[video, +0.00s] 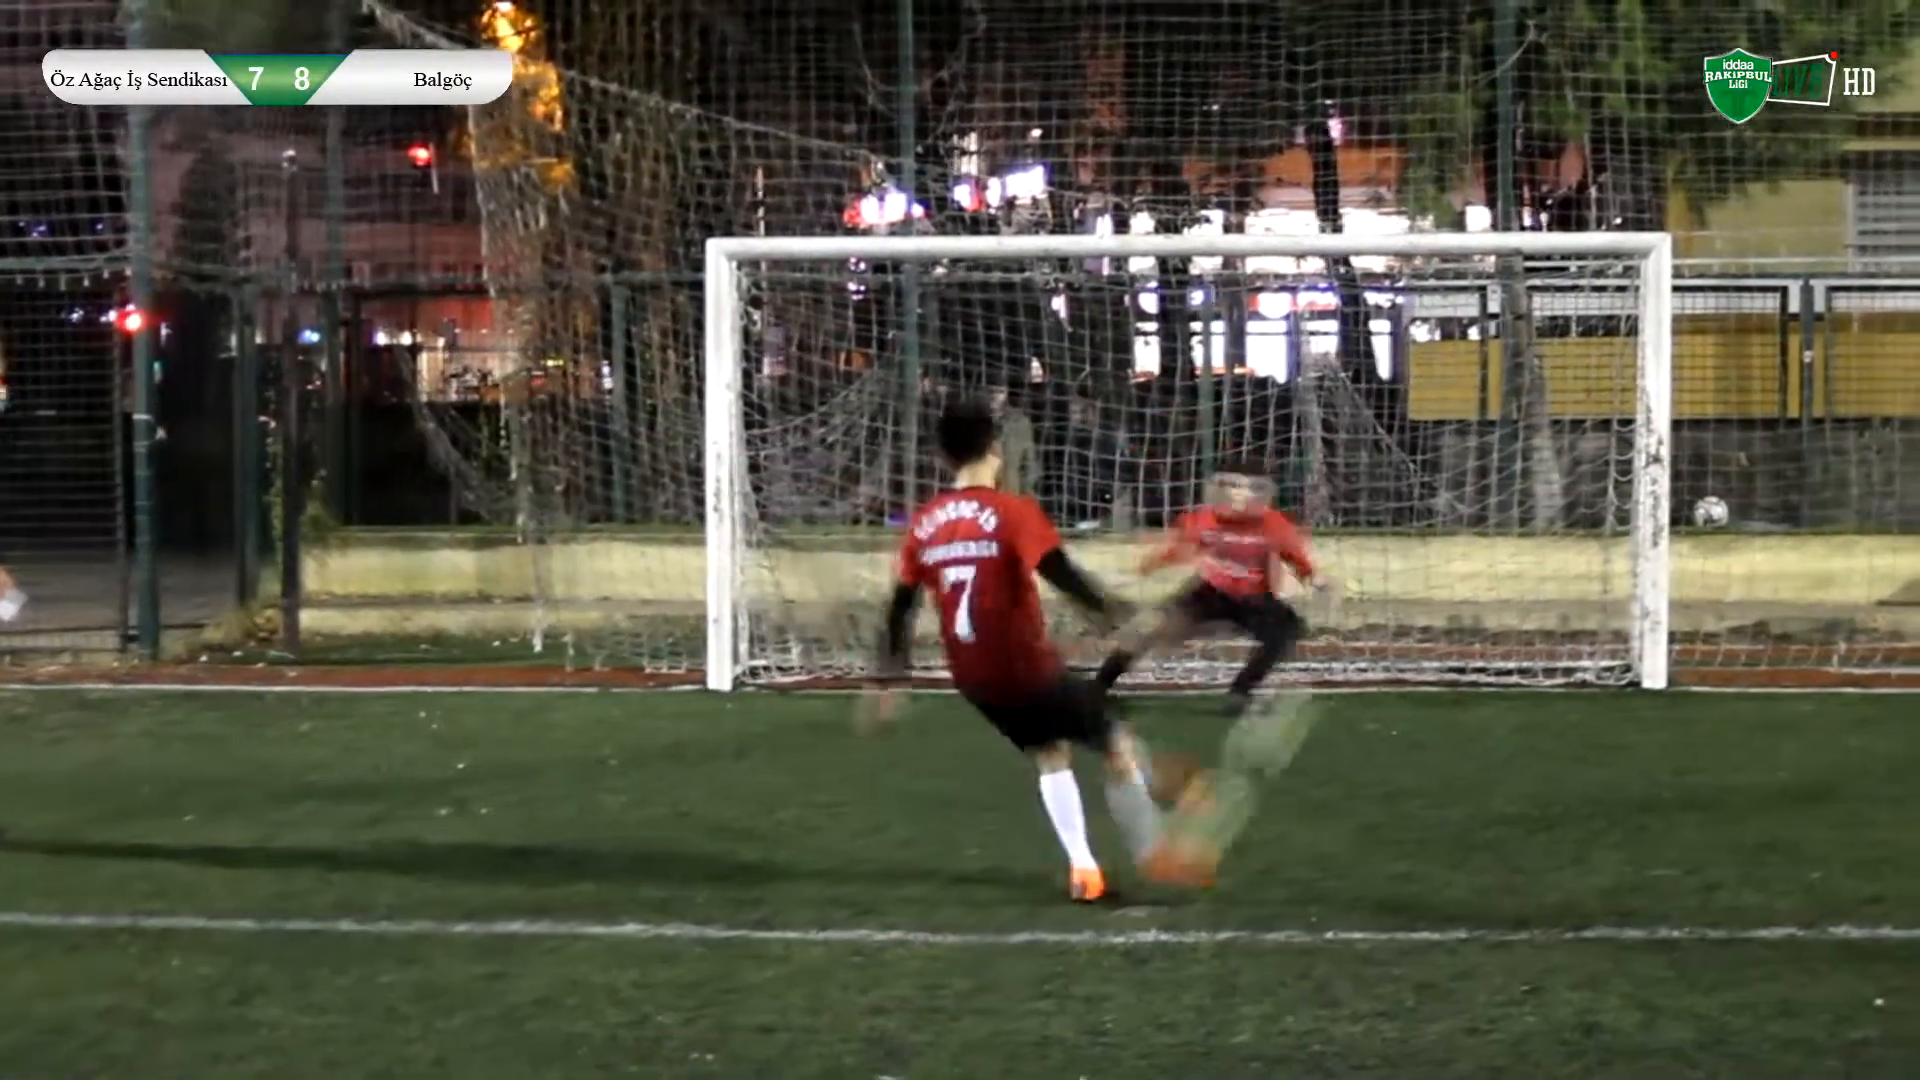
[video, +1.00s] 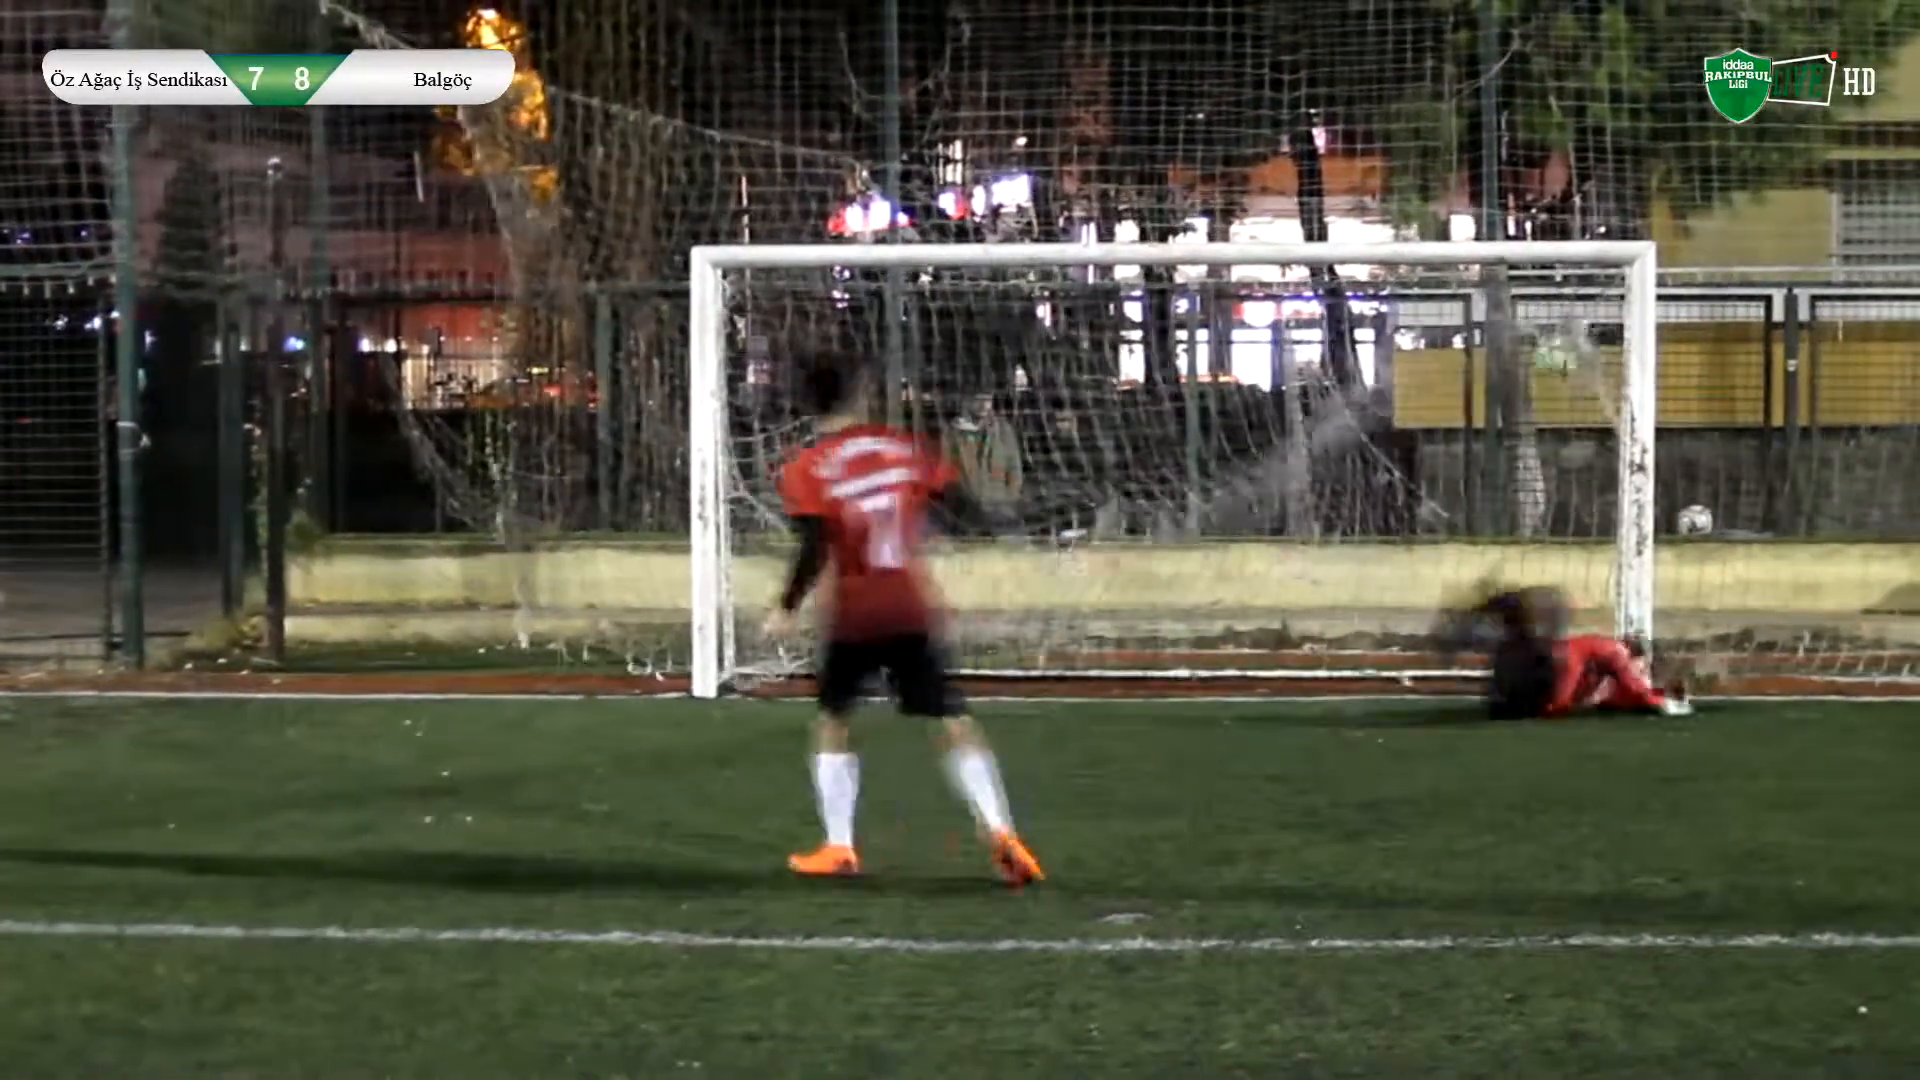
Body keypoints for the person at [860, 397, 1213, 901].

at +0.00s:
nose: (1001, 455)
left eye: (997, 448)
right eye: (998, 448)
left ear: (945, 456)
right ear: (992, 450)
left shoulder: (926, 520)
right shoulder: (1012, 510)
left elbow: (900, 604)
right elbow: (1055, 567)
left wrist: (891, 672)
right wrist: (1110, 609)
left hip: (973, 677)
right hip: (1028, 669)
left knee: (1048, 748)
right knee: (1114, 734)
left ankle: (1082, 865)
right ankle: (1151, 850)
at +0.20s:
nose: (1010, 443)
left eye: (1004, 435)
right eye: (1008, 435)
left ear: (955, 439)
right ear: (1001, 439)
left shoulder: (926, 496)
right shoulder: (1010, 505)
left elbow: (901, 570)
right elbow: (1038, 585)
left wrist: (919, 608)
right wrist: (1074, 641)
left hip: (956, 655)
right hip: (1013, 646)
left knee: (1029, 746)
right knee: (1061, 673)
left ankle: (1074, 862)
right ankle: (1072, 727)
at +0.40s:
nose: (988, 415)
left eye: (985, 406)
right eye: (987, 406)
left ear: (928, 405)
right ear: (980, 408)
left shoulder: (894, 461)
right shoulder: (989, 474)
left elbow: (864, 528)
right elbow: (1005, 558)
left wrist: (916, 535)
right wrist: (1035, 637)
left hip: (937, 623)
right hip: (992, 619)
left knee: (989, 736)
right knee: (1037, 702)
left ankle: (1039, 839)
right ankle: (1031, 812)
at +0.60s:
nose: (958, 401)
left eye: (950, 393)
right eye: (956, 393)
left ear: (901, 400)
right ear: (949, 397)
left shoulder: (875, 465)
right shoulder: (979, 458)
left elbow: (847, 540)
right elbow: (1011, 532)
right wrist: (1047, 580)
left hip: (919, 626)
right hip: (977, 621)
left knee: (924, 729)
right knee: (992, 724)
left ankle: (962, 819)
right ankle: (1009, 850)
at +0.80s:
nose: (918, 403)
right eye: (916, 395)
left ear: (863, 403)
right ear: (913, 398)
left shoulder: (848, 468)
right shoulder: (952, 451)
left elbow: (835, 553)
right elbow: (1012, 512)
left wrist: (800, 609)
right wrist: (1060, 547)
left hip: (897, 624)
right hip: (958, 618)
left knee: (873, 717)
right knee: (982, 725)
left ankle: (884, 831)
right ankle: (1014, 847)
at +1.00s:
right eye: (866, 389)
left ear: (808, 403)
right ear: (859, 393)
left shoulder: (806, 467)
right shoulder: (905, 448)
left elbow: (815, 544)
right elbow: (964, 511)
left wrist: (788, 604)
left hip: (853, 619)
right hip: (912, 613)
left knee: (832, 720)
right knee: (952, 720)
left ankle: (839, 843)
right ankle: (1000, 829)